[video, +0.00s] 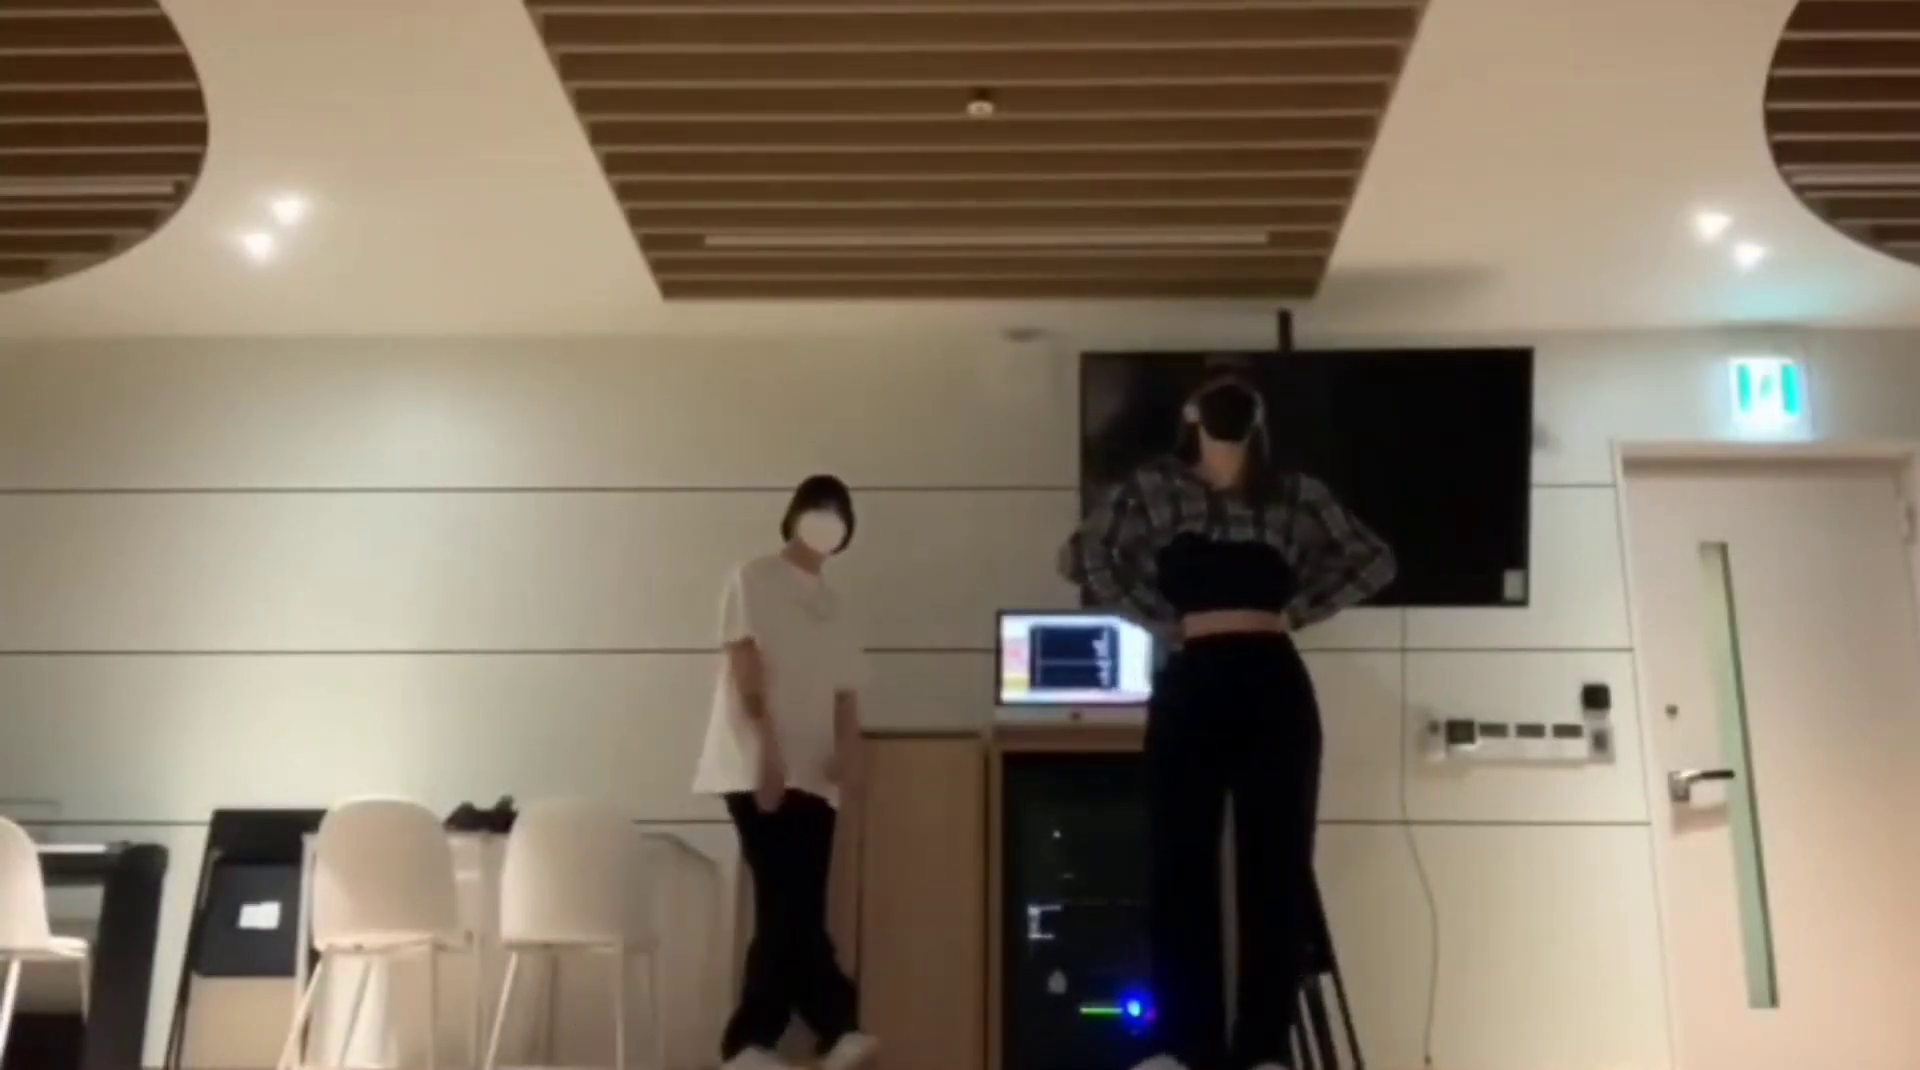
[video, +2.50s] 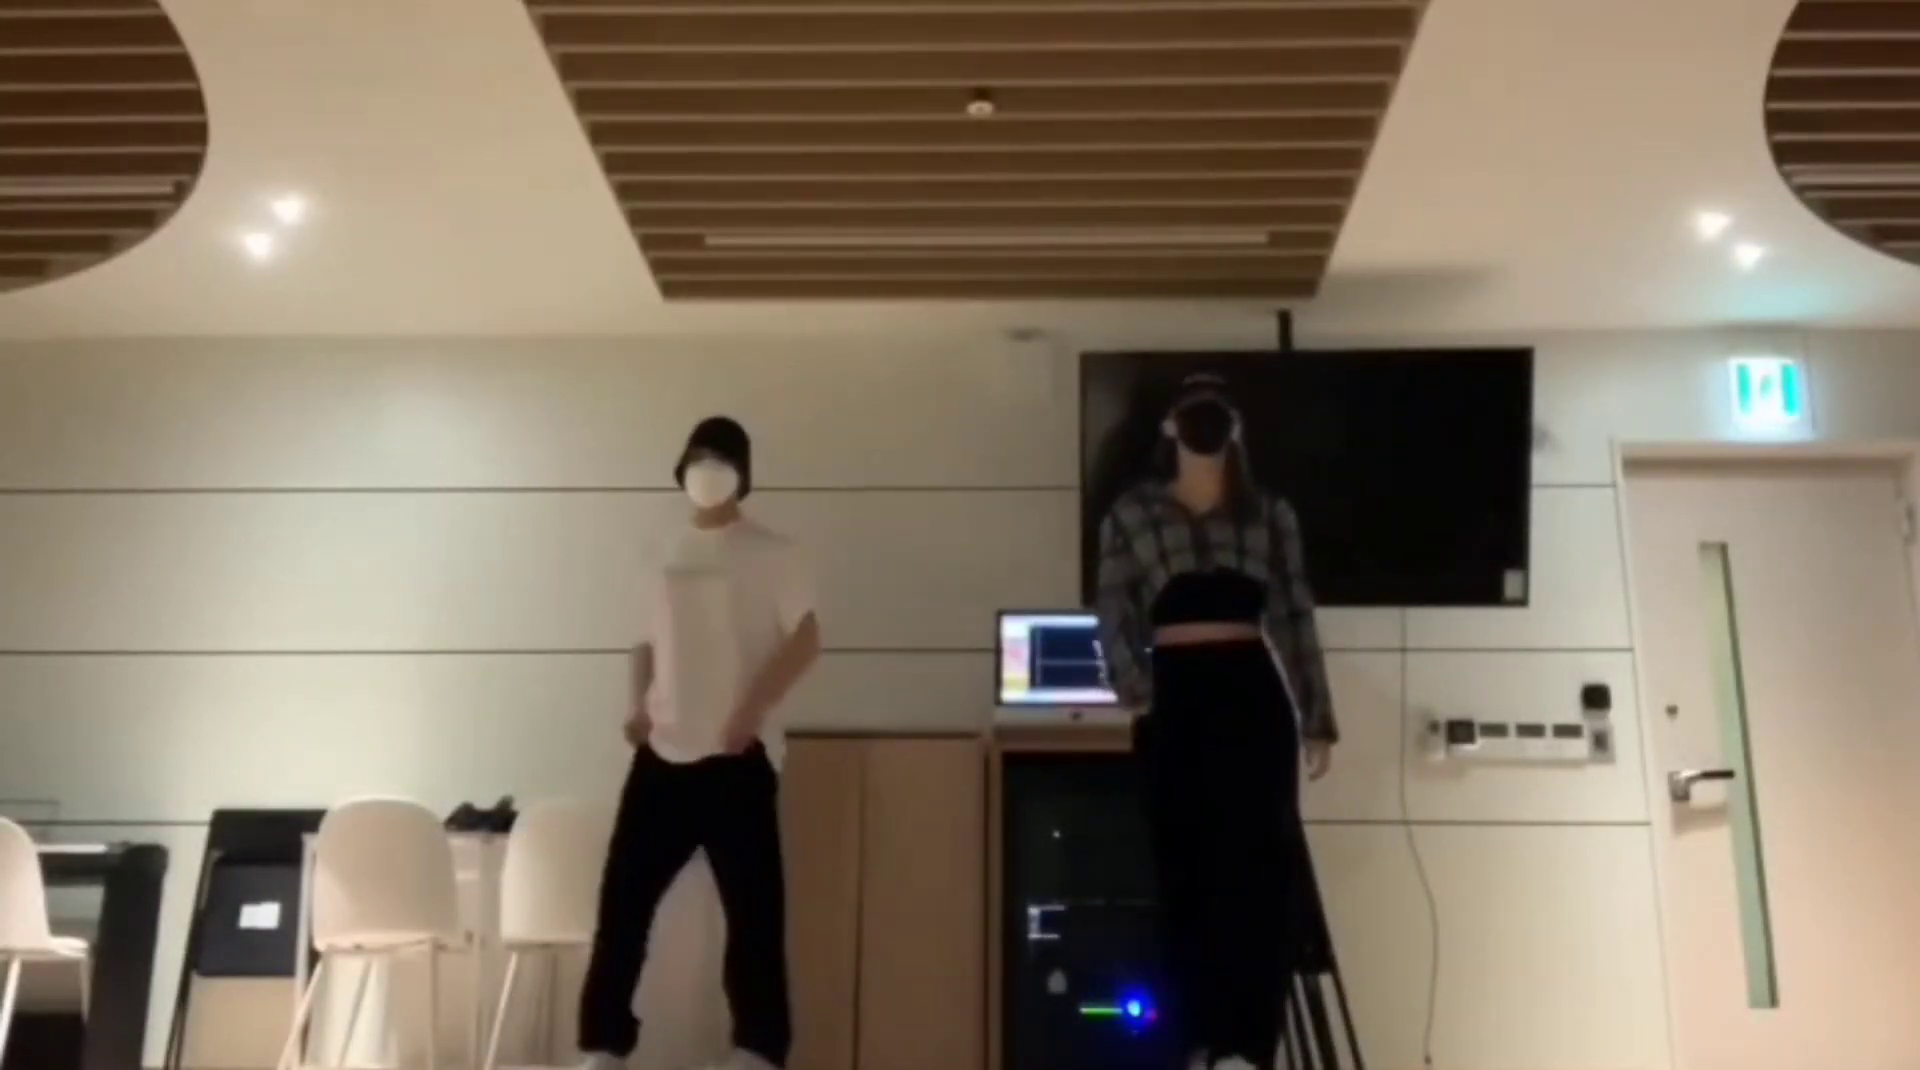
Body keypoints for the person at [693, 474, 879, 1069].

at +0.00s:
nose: (827, 526)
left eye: (839, 518)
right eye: (818, 512)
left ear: (847, 531)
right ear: (795, 516)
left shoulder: (832, 603)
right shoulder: (753, 578)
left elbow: (845, 690)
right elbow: (744, 670)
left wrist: (848, 756)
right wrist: (767, 754)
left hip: (815, 774)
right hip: (757, 769)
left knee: (793, 913)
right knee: (791, 908)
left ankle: (749, 1042)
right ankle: (836, 1028)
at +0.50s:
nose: (863, 504)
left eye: (874, 494)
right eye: (851, 491)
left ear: (887, 507)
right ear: (829, 500)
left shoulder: (887, 589)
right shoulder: (800, 578)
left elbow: (901, 683)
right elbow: (783, 671)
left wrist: (908, 767)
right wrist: (789, 758)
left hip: (880, 769)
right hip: (821, 766)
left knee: (823, 912)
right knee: (851, 912)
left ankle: (763, 1036)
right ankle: (876, 1043)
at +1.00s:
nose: (876, 493)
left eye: (888, 483)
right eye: (865, 480)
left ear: (901, 496)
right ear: (842, 489)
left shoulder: (906, 581)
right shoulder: (813, 564)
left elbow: (930, 674)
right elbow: (818, 648)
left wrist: (942, 744)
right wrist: (878, 712)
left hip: (918, 774)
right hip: (850, 773)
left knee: (953, 910)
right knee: (857, 919)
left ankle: (969, 1036)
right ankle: (876, 1045)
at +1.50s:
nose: (867, 491)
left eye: (879, 480)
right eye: (854, 478)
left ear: (896, 490)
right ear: (835, 487)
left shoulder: (922, 567)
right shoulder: (810, 566)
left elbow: (944, 657)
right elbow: (778, 658)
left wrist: (923, 727)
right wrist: (770, 740)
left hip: (897, 752)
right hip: (821, 752)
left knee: (886, 886)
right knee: (834, 886)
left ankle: (871, 1018)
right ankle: (867, 1027)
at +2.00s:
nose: (802, 481)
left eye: (816, 470)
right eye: (792, 468)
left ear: (836, 482)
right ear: (775, 475)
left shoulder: (854, 561)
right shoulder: (750, 558)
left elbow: (866, 656)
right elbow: (742, 656)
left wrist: (789, 723)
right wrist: (733, 732)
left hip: (822, 757)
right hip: (761, 753)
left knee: (784, 906)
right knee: (816, 902)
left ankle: (768, 1043)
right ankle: (886, 1029)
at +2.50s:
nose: (706, 477)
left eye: (720, 465)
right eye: (696, 465)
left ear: (743, 475)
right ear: (682, 474)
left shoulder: (774, 554)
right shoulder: (664, 557)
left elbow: (805, 639)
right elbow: (648, 642)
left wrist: (751, 710)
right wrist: (640, 706)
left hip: (736, 767)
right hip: (661, 767)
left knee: (755, 915)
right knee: (622, 907)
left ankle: (759, 1049)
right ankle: (604, 1046)